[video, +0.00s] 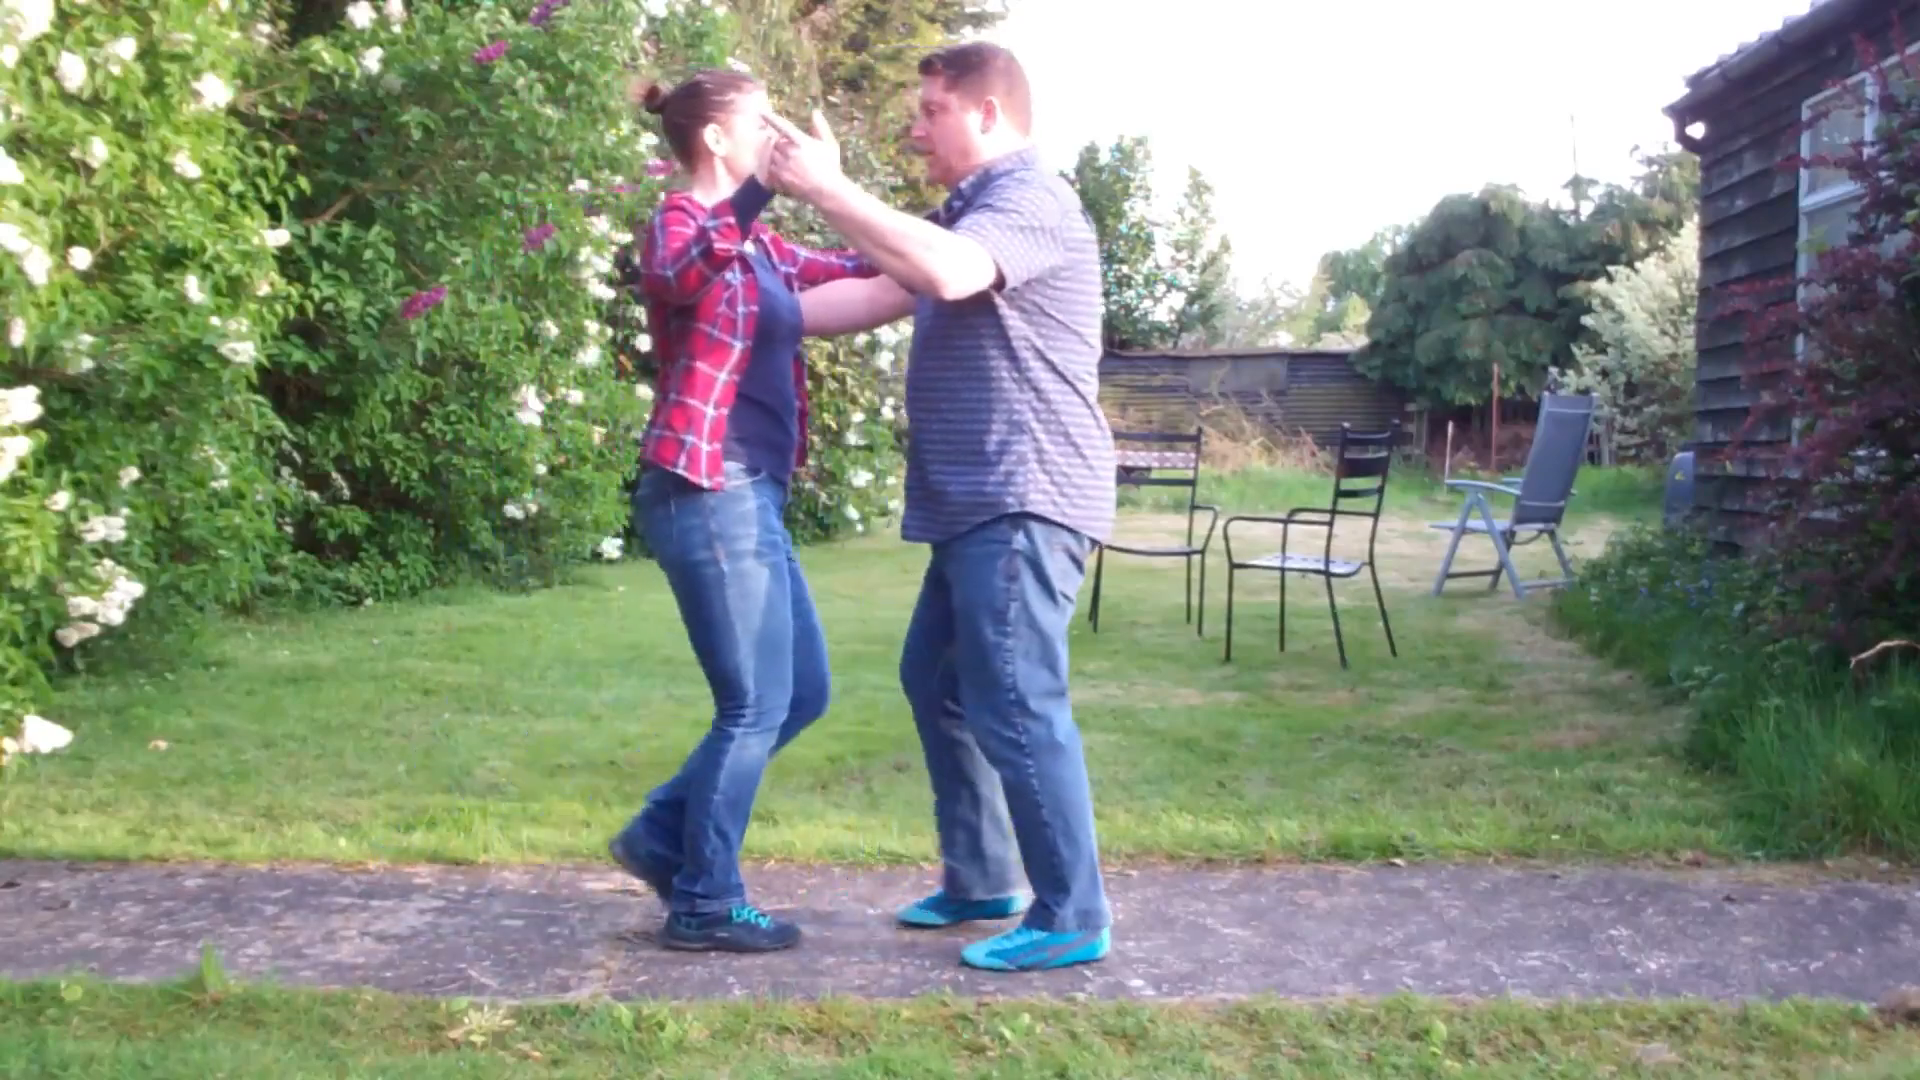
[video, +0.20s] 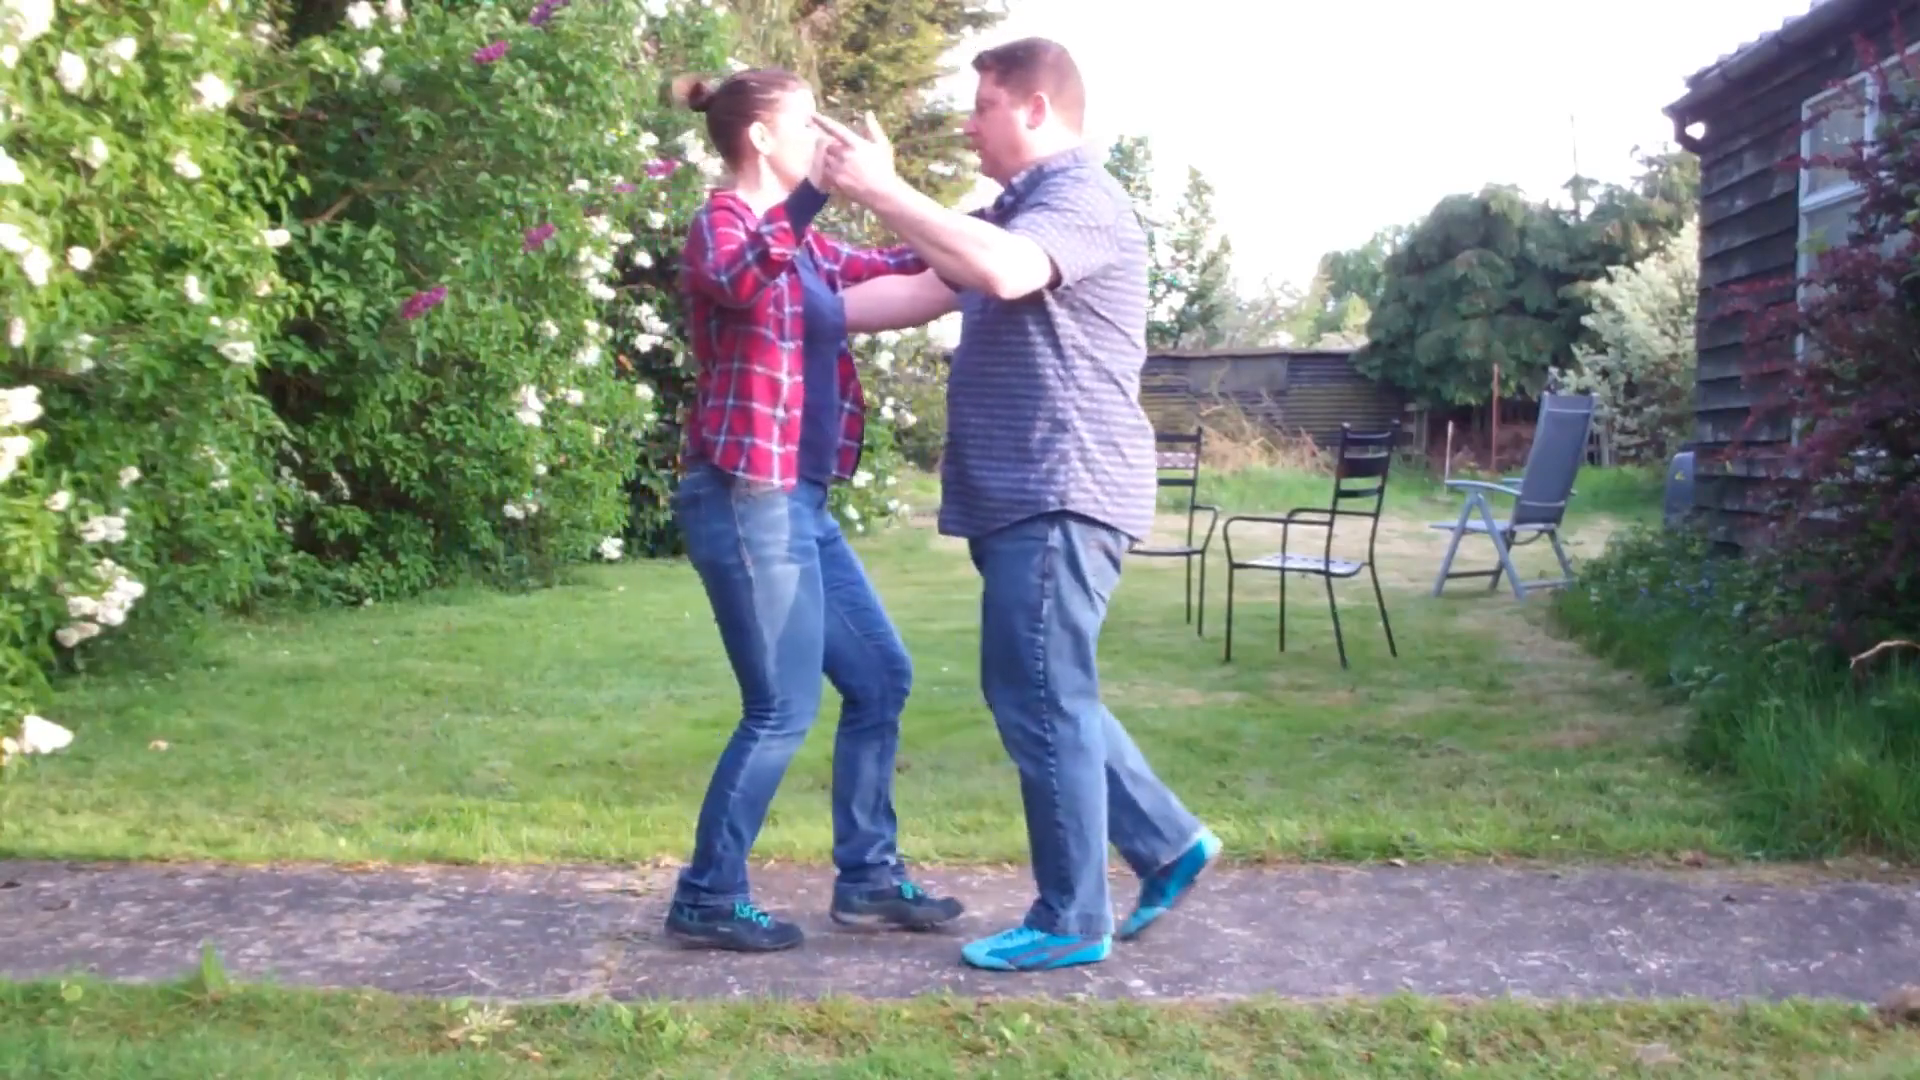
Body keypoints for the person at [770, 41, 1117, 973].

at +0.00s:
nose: (914, 128)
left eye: (928, 111)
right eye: (916, 113)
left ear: (985, 111)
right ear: (978, 114)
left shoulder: (1033, 198)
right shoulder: (969, 214)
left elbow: (948, 268)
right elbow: (870, 292)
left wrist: (827, 188)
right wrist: (739, 308)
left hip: (1029, 499)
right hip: (976, 504)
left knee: (1016, 704)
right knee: (934, 679)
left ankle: (1074, 917)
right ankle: (984, 883)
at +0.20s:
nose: (968, 123)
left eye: (982, 107)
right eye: (971, 107)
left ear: (1034, 109)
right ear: (1034, 111)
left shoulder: (1081, 197)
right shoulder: (1018, 212)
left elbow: (1005, 267)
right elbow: (916, 286)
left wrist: (881, 188)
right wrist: (782, 310)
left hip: (1065, 493)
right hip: (1017, 496)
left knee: (1044, 699)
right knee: (1031, 692)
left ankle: (1074, 919)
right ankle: (1167, 841)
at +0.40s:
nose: (1000, 127)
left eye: (1011, 107)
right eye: (1002, 108)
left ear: (1063, 106)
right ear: (1069, 108)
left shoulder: (1109, 196)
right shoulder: (1058, 208)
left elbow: (1031, 268)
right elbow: (947, 288)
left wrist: (910, 189)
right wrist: (816, 303)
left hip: (1093, 495)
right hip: (1101, 495)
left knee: (1045, 705)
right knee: (1136, 701)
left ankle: (1067, 918)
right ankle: (1230, 878)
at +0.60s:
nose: (997, 131)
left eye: (1007, 111)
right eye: (998, 113)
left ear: (1060, 108)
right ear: (1067, 110)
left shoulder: (1109, 200)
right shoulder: (1051, 212)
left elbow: (1028, 272)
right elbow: (948, 290)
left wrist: (907, 197)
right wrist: (822, 308)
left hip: (1089, 496)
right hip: (1100, 495)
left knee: (1020, 697)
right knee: (1140, 696)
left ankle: (1022, 911)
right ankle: (1234, 880)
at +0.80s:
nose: (955, 136)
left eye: (963, 116)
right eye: (953, 118)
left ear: (1018, 108)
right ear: (1022, 111)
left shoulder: (1063, 196)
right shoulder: (1010, 209)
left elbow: (981, 266)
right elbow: (903, 289)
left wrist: (856, 194)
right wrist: (778, 309)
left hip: (1036, 493)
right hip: (1034, 493)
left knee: (1002, 711)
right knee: (1071, 696)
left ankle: (1011, 915)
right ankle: (1195, 851)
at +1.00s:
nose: (891, 143)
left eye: (898, 122)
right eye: (888, 125)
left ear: (950, 109)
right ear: (954, 113)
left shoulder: (1001, 186)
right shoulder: (955, 202)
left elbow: (900, 254)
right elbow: (845, 289)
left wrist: (766, 183)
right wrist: (712, 305)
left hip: (986, 489)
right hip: (944, 493)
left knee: (977, 698)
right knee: (905, 667)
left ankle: (1012, 913)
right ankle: (1011, 844)